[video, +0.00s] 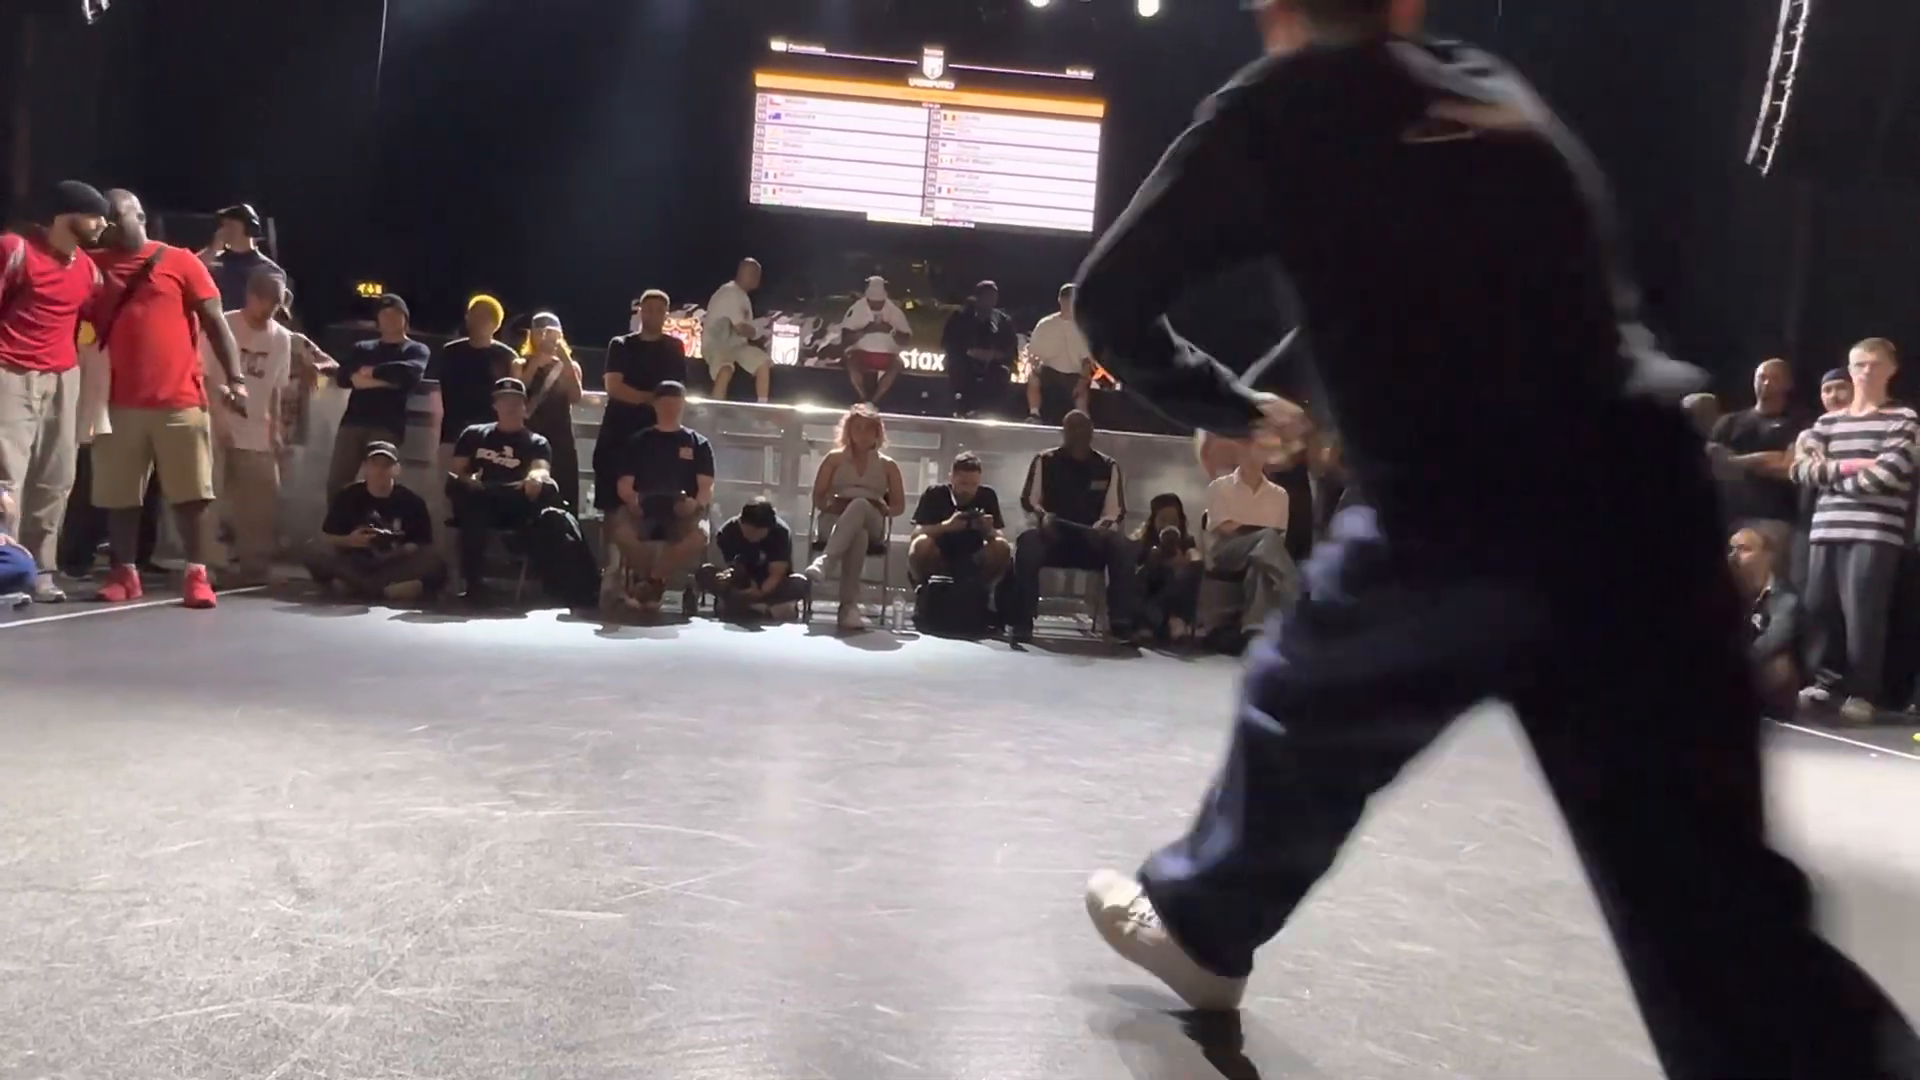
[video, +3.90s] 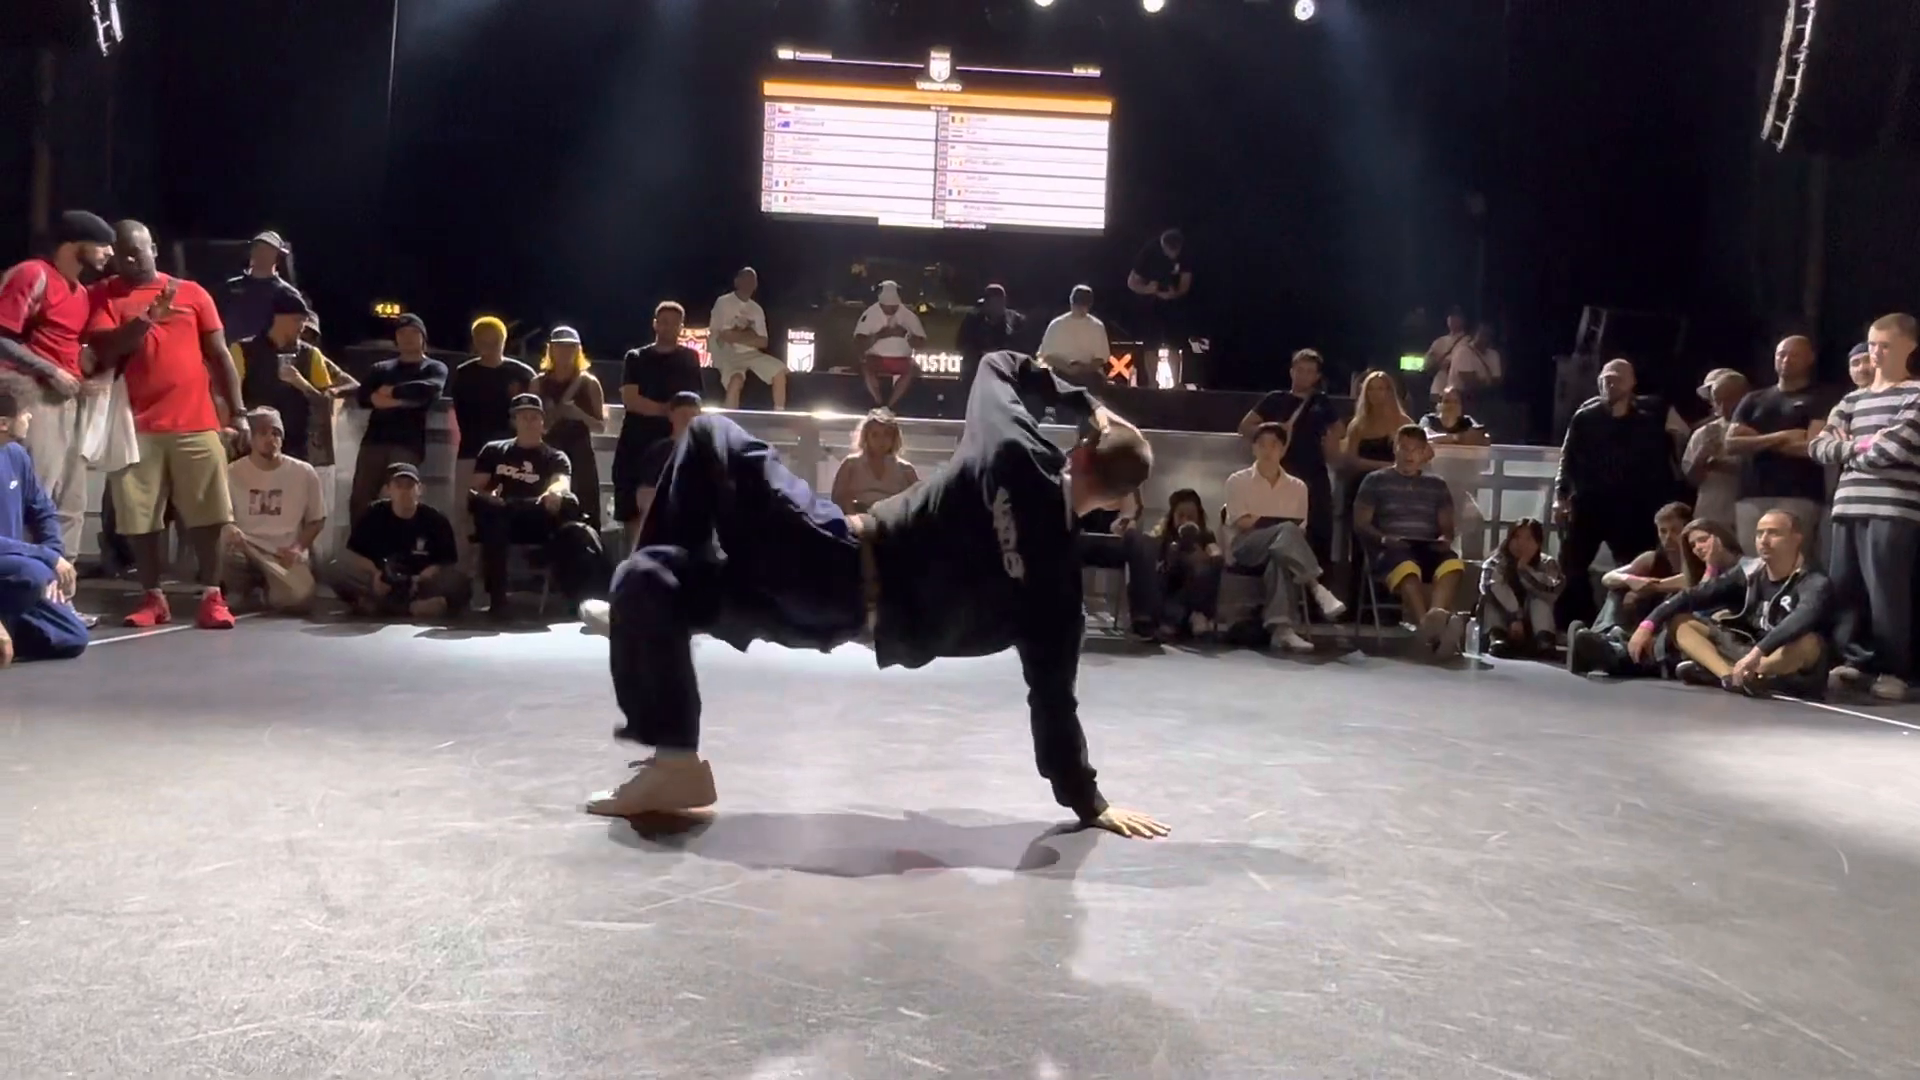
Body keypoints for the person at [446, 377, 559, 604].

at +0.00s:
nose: (511, 406)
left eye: (516, 401)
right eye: (505, 401)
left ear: (524, 407)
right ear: (495, 405)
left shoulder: (537, 443)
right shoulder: (474, 434)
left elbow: (540, 469)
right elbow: (455, 476)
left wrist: (536, 479)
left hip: (519, 499)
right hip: (483, 499)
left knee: (547, 491)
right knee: (466, 497)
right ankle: (473, 582)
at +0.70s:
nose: (498, 423)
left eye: (502, 417)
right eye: (492, 417)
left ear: (512, 421)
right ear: (482, 421)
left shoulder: (524, 457)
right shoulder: (461, 449)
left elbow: (529, 482)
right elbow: (442, 488)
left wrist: (522, 492)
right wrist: (458, 496)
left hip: (506, 514)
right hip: (470, 512)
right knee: (457, 518)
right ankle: (464, 597)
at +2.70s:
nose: (514, 438)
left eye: (519, 433)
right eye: (508, 433)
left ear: (528, 437)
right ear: (498, 436)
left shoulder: (541, 471)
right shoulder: (479, 466)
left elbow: (546, 496)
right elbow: (459, 507)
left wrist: (542, 505)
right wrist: (473, 512)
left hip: (524, 528)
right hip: (489, 528)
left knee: (553, 517)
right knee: (474, 533)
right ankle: (483, 612)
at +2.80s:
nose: (517, 436)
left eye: (521, 431)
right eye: (511, 431)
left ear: (529, 435)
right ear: (500, 435)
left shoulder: (542, 470)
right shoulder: (480, 464)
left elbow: (548, 494)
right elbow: (462, 504)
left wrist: (542, 504)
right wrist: (475, 511)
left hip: (526, 527)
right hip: (491, 525)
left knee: (554, 516)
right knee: (476, 532)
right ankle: (485, 612)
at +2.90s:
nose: (519, 435)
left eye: (523, 430)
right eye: (513, 430)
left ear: (530, 434)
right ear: (502, 434)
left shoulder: (543, 469)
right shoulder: (481, 463)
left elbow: (549, 493)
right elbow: (463, 503)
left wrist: (543, 502)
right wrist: (477, 510)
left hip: (527, 527)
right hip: (491, 526)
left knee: (556, 515)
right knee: (477, 530)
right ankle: (485, 610)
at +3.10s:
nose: (522, 431)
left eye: (526, 426)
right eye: (516, 426)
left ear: (534, 432)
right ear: (505, 430)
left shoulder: (546, 466)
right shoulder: (484, 460)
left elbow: (552, 490)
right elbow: (466, 499)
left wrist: (547, 499)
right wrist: (479, 506)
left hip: (528, 522)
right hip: (493, 520)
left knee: (559, 512)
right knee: (480, 526)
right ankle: (488, 606)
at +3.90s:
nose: (530, 423)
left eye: (534, 417)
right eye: (524, 417)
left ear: (543, 423)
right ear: (514, 421)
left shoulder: (556, 457)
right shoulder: (493, 451)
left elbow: (561, 483)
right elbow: (475, 491)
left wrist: (555, 493)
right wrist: (490, 498)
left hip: (538, 515)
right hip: (502, 514)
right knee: (490, 518)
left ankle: (575, 601)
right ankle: (497, 598)